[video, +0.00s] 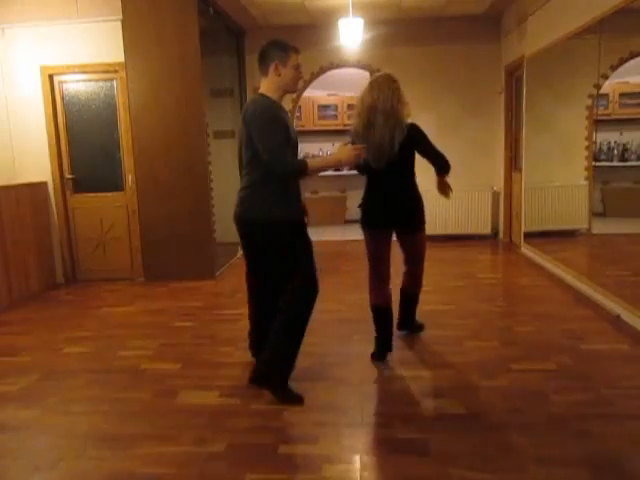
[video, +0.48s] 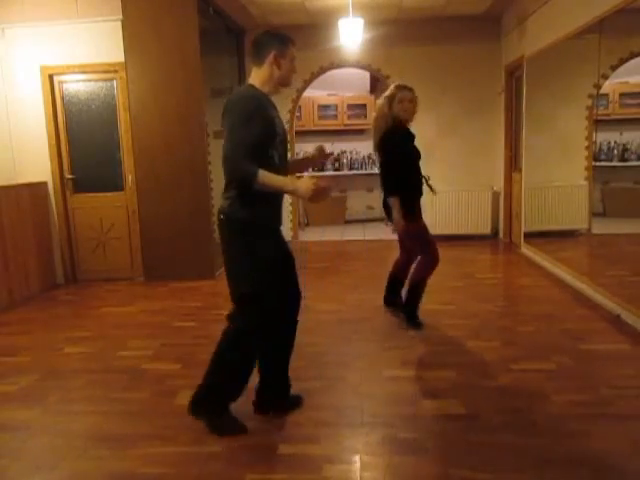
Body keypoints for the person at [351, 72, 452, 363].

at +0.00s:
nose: (405, 99)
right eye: (402, 95)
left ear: (367, 101)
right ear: (398, 101)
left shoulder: (361, 134)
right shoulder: (408, 131)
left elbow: (358, 165)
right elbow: (440, 161)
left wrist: (376, 171)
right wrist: (441, 178)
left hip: (374, 209)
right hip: (407, 208)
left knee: (378, 274)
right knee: (414, 264)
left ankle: (382, 342)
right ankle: (407, 320)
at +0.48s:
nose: (408, 106)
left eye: (412, 102)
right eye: (402, 102)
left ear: (416, 106)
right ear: (391, 106)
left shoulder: (404, 134)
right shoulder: (391, 136)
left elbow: (405, 172)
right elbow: (389, 178)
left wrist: (413, 203)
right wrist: (396, 212)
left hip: (410, 202)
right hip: (402, 204)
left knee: (408, 253)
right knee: (430, 256)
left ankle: (392, 294)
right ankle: (411, 306)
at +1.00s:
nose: (397, 105)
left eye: (402, 101)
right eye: (393, 101)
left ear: (411, 105)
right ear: (389, 104)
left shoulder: (420, 135)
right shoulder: (380, 135)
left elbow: (428, 168)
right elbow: (366, 169)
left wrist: (432, 196)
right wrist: (368, 198)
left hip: (414, 195)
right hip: (388, 195)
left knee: (402, 248)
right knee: (397, 248)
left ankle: (391, 293)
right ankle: (406, 303)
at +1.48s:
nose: (393, 100)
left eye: (398, 95)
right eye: (392, 96)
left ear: (412, 96)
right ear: (394, 99)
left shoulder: (429, 130)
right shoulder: (391, 133)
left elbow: (444, 170)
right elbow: (374, 166)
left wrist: (422, 192)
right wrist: (360, 166)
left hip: (410, 202)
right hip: (385, 200)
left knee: (400, 264)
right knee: (387, 264)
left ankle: (399, 330)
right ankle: (401, 319)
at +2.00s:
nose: (397, 95)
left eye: (401, 89)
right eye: (397, 90)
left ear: (416, 92)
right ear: (414, 94)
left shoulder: (427, 126)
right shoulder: (414, 128)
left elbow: (441, 172)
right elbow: (387, 168)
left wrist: (409, 197)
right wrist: (351, 163)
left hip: (419, 213)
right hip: (429, 211)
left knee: (388, 271)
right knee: (439, 279)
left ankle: (418, 337)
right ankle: (462, 347)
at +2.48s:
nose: (394, 91)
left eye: (399, 86)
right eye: (395, 87)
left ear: (415, 89)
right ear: (409, 89)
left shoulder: (421, 124)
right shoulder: (408, 122)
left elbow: (428, 174)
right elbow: (395, 161)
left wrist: (401, 202)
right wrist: (359, 162)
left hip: (417, 208)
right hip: (409, 206)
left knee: (410, 275)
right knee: (408, 272)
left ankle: (436, 351)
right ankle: (426, 324)